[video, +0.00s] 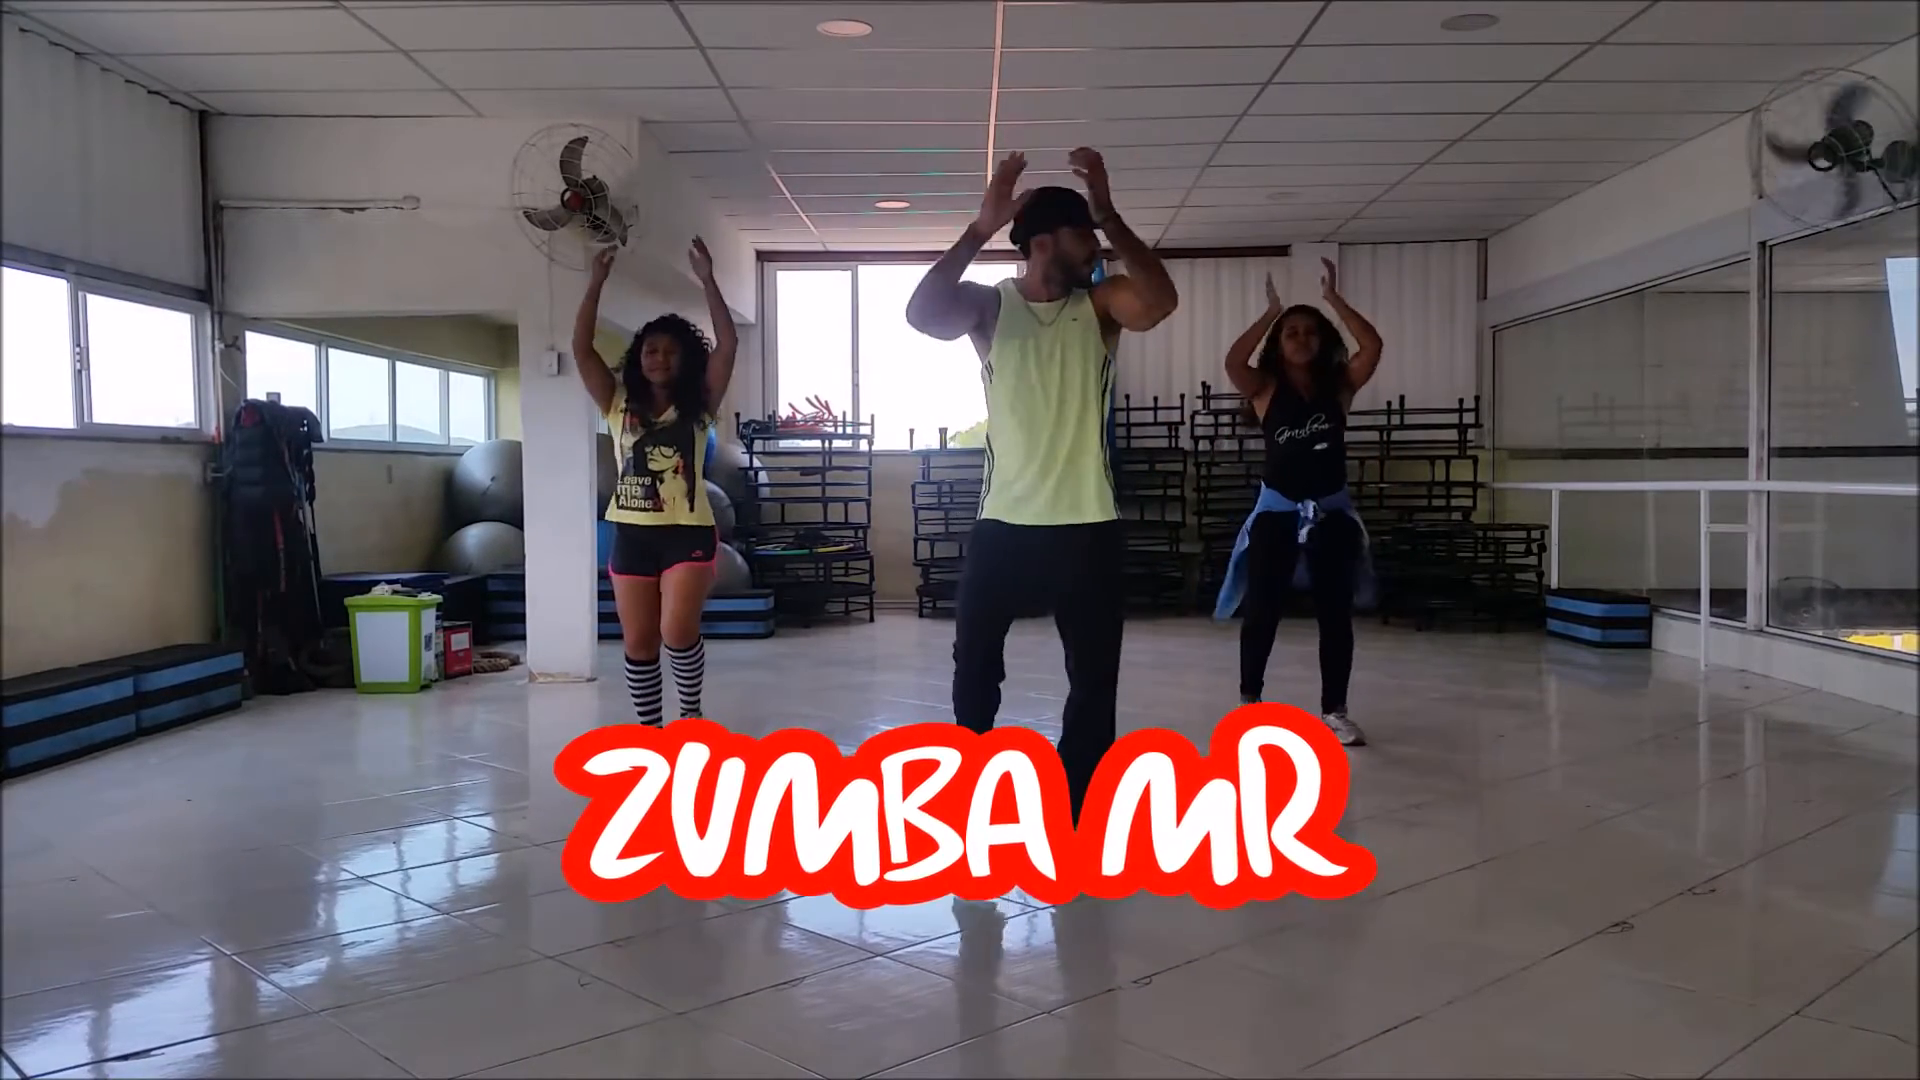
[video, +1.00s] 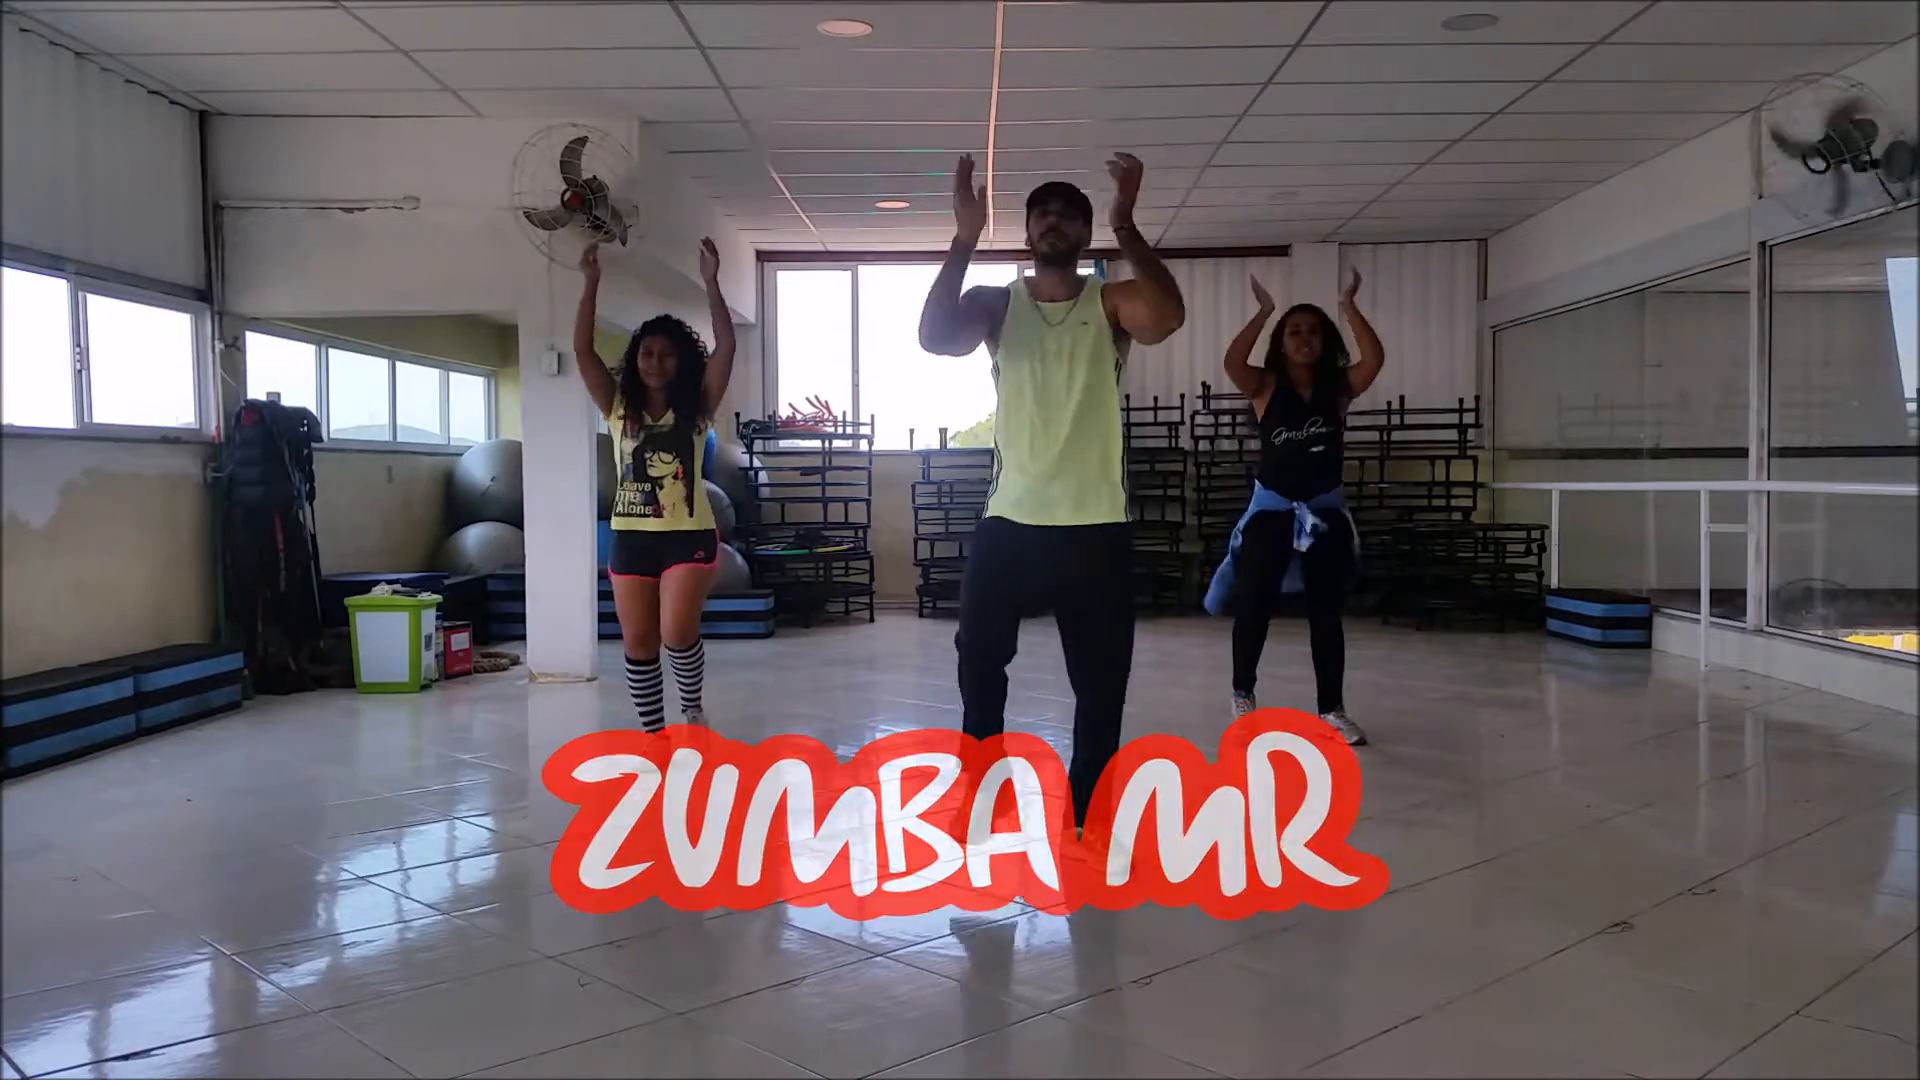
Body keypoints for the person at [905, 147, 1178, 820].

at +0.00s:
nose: (1093, 243)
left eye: (1093, 233)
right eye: (1083, 232)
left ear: (1071, 243)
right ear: (1042, 239)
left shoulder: (1100, 300)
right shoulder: (990, 305)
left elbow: (1160, 300)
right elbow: (923, 311)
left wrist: (1109, 217)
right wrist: (982, 225)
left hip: (1088, 523)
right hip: (1005, 522)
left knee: (1095, 684)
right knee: (975, 666)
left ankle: (1082, 819)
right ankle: (969, 798)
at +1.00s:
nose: (1053, 225)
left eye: (1067, 217)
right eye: (1041, 216)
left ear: (1087, 235)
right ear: (1027, 234)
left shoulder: (1112, 298)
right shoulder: (996, 303)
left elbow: (1167, 313)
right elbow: (935, 336)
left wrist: (1123, 226)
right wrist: (967, 235)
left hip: (1095, 523)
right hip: (1012, 520)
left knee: (1102, 691)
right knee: (979, 666)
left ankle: (1086, 827)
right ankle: (983, 803)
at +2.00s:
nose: (1060, 233)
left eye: (1073, 221)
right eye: (1047, 221)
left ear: (1094, 227)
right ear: (1030, 229)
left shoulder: (1133, 306)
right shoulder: (1000, 312)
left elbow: (1231, 366)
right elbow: (923, 378)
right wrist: (913, 410)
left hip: (1108, 529)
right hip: (1018, 527)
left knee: (1124, 686)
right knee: (975, 669)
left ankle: (1119, 823)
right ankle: (951, 808)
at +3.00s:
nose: (1020, 222)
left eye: (1032, 211)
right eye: (1007, 210)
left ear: (1052, 220)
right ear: (989, 220)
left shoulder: (1089, 307)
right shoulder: (950, 308)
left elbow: (1127, 390)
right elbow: (909, 390)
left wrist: (1133, 437)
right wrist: (877, 448)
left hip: (1069, 522)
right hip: (975, 524)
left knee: (1135, 657)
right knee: (923, 668)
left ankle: (1169, 799)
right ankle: (894, 810)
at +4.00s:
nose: (1031, 308)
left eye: (1043, 296)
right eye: (1019, 296)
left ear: (1064, 304)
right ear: (1003, 307)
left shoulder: (1106, 375)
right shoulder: (977, 404)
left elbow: (1138, 467)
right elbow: (939, 507)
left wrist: (1143, 521)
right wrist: (909, 591)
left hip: (1081, 593)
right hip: (984, 591)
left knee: (1166, 713)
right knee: (922, 718)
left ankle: (1179, 833)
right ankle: (888, 834)